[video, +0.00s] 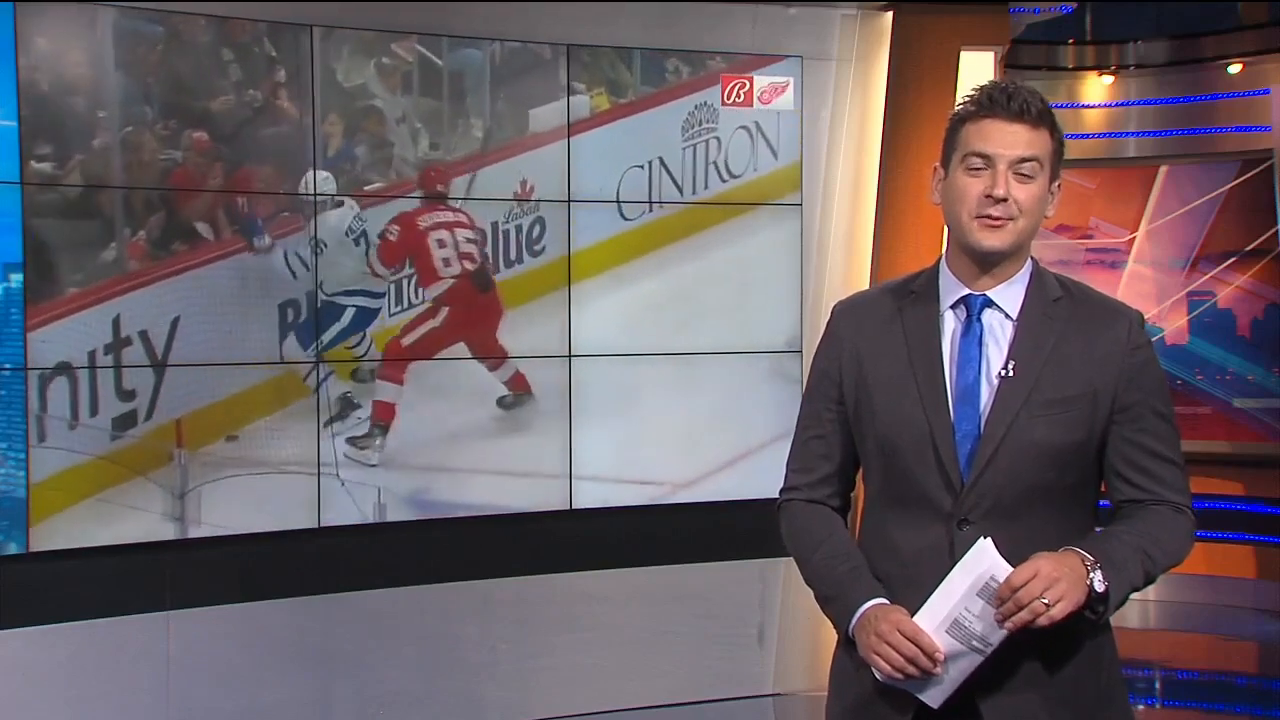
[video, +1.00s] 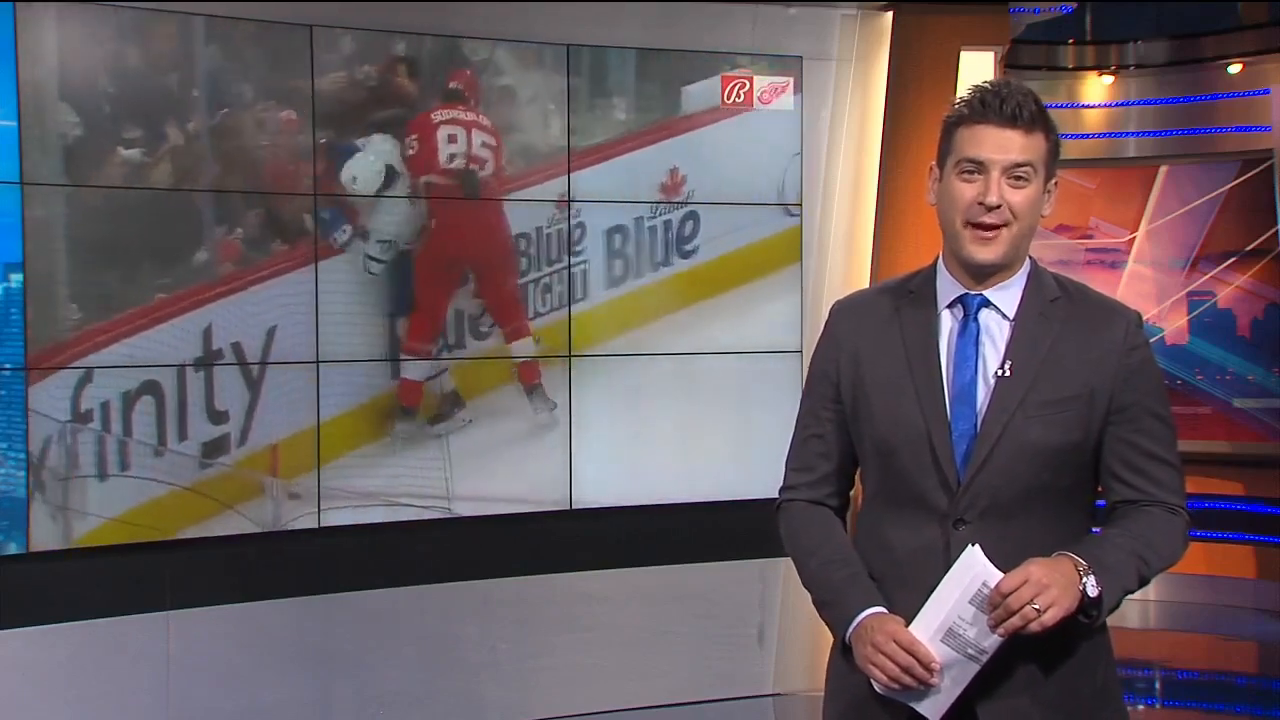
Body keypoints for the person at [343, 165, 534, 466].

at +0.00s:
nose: (426, 193)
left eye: (423, 188)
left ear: (420, 190)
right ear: (448, 190)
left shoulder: (407, 221)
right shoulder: (468, 218)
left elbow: (383, 266)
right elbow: (478, 254)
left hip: (450, 308)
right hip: (488, 303)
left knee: (395, 353)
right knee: (484, 346)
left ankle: (376, 434)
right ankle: (522, 391)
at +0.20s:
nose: (421, 177)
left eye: (411, 171)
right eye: (425, 172)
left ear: (402, 172)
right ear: (431, 172)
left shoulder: (387, 203)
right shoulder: (450, 205)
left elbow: (375, 260)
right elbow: (454, 247)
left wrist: (374, 227)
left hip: (424, 298)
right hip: (465, 292)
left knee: (373, 351)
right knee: (468, 340)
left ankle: (357, 434)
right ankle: (509, 393)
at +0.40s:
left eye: (402, 146)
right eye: (419, 148)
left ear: (394, 149)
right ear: (425, 149)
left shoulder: (380, 182)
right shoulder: (439, 184)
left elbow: (379, 231)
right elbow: (446, 232)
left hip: (403, 275)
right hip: (443, 272)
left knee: (366, 346)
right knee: (468, 338)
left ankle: (351, 426)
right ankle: (500, 396)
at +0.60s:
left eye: (408, 117)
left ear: (407, 120)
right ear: (438, 124)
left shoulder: (391, 150)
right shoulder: (453, 160)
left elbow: (379, 193)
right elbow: (451, 212)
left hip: (394, 247)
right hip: (436, 248)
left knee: (379, 327)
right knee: (460, 318)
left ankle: (354, 412)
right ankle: (490, 392)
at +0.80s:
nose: (463, 118)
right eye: (462, 112)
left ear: (428, 106)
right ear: (457, 112)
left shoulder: (400, 134)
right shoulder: (465, 143)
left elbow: (389, 176)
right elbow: (465, 190)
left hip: (410, 238)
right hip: (454, 239)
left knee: (390, 318)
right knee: (475, 313)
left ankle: (369, 404)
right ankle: (496, 392)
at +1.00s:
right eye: (473, 91)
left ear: (444, 92)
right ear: (474, 95)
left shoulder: (423, 122)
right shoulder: (488, 126)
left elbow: (417, 177)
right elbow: (498, 179)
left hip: (445, 229)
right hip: (490, 227)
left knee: (427, 312)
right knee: (507, 305)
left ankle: (408, 405)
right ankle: (536, 392)